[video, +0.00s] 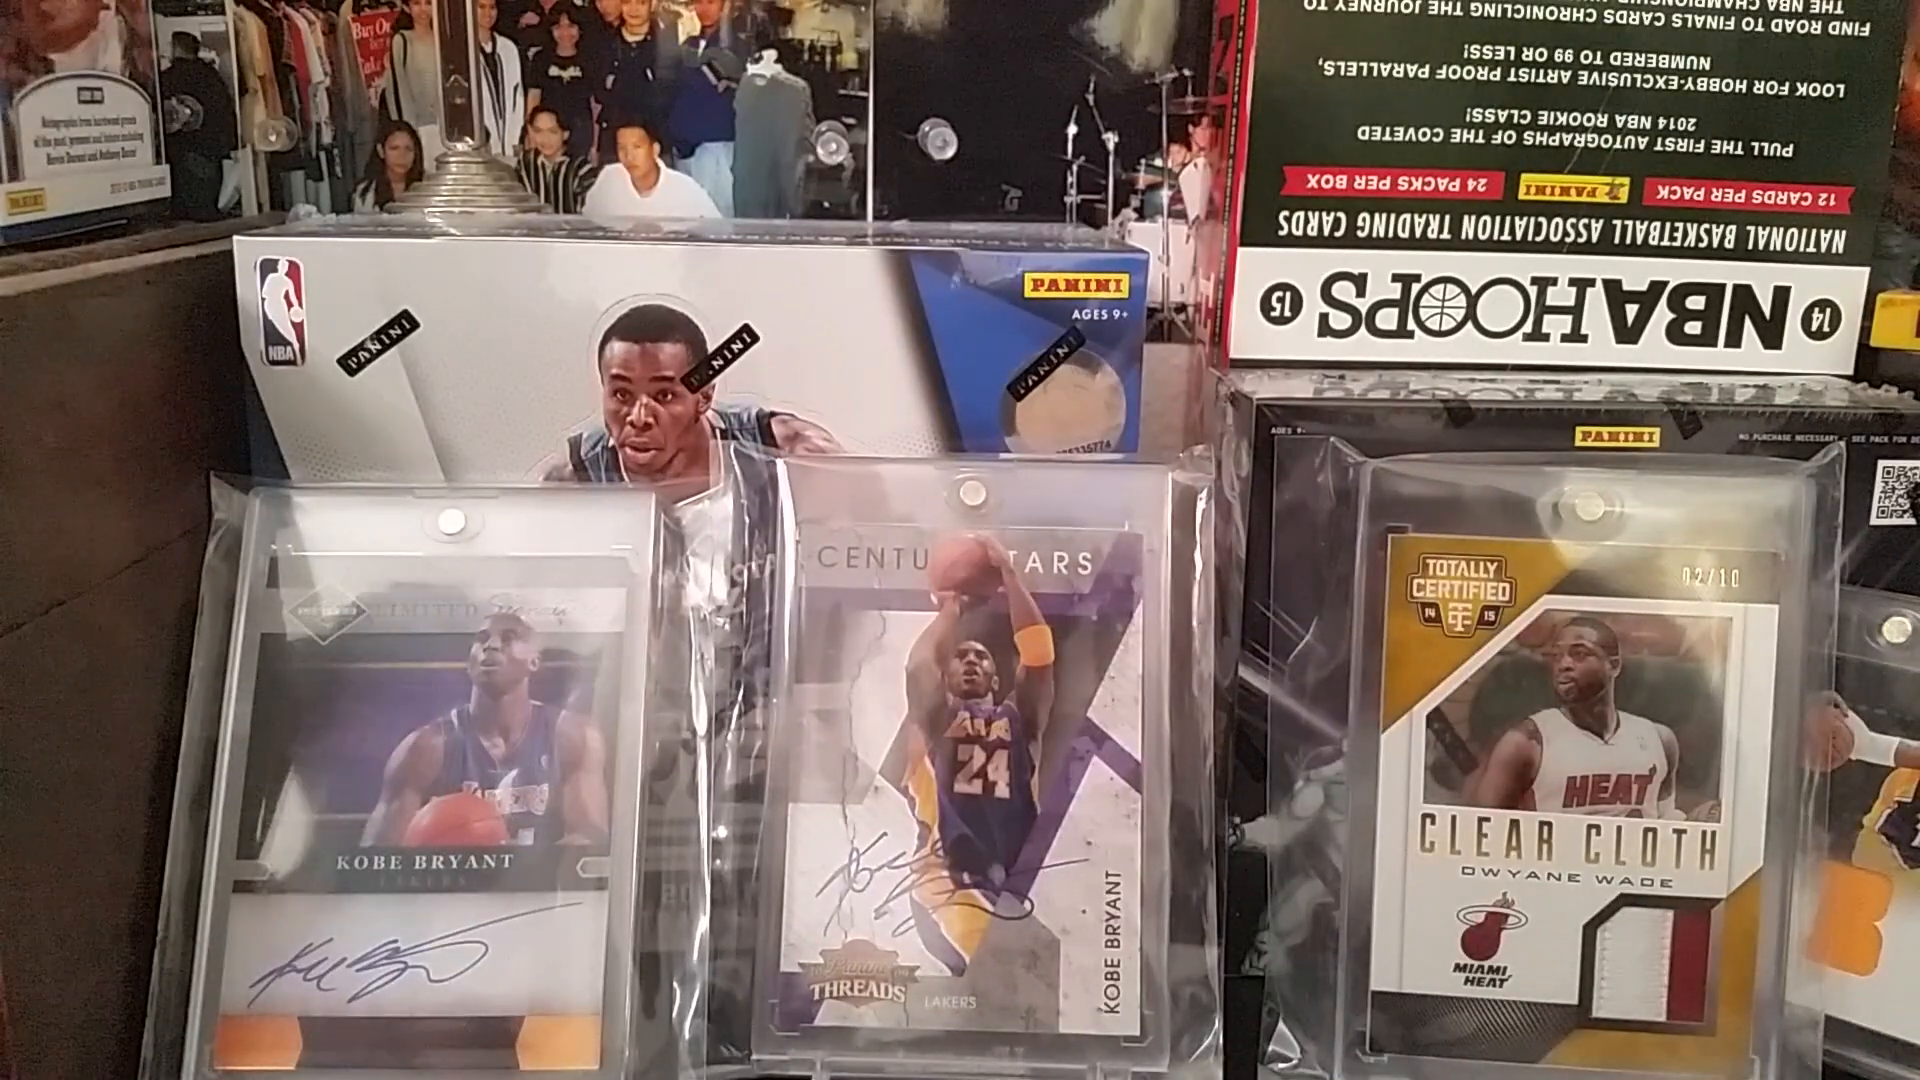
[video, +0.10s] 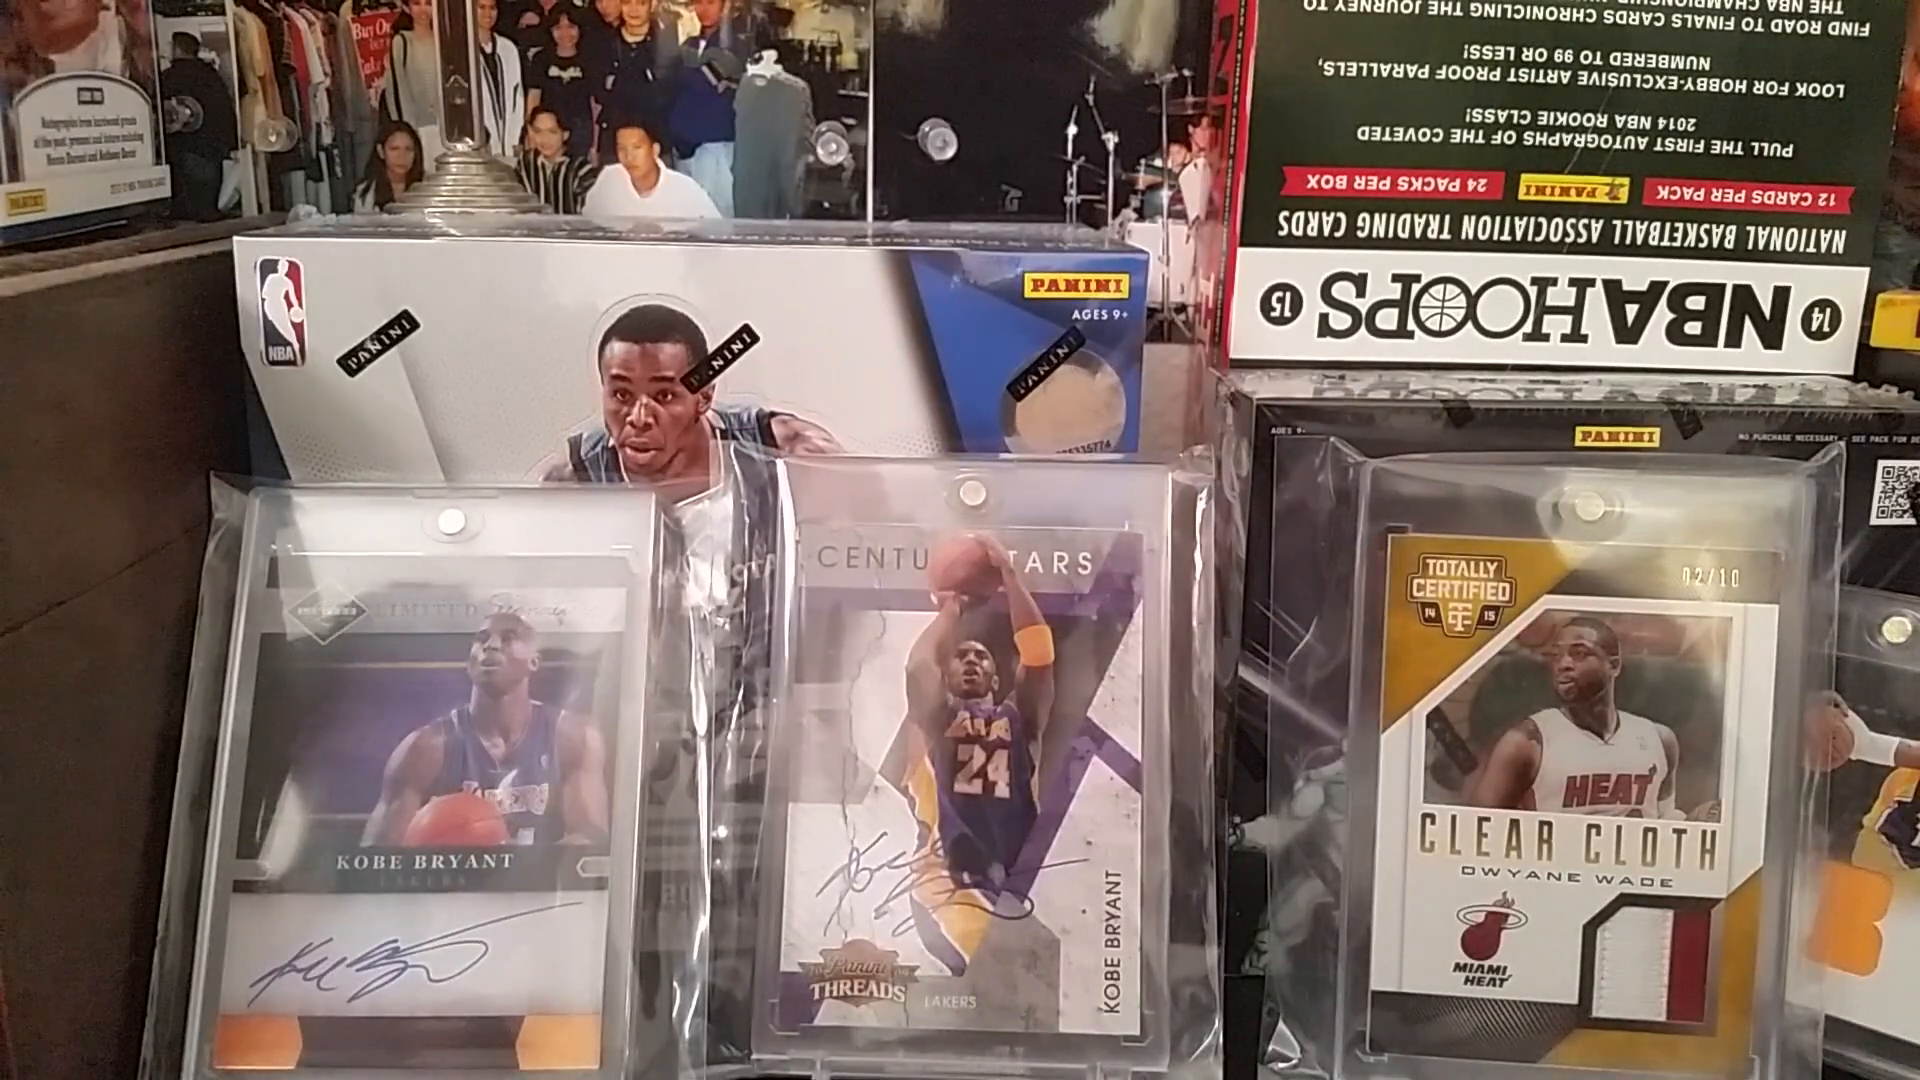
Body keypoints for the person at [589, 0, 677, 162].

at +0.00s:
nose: (634, 9)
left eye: (641, 3)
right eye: (628, 3)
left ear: (652, 6)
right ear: (621, 7)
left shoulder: (665, 44)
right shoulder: (607, 43)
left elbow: (669, 90)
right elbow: (599, 92)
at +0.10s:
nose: (634, 9)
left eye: (641, 3)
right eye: (627, 3)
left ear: (652, 6)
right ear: (620, 6)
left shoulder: (665, 45)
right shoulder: (606, 43)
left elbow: (665, 93)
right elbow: (599, 93)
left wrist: (616, 85)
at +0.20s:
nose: (633, 9)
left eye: (641, 3)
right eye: (628, 3)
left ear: (652, 6)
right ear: (620, 6)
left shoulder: (666, 47)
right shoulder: (605, 43)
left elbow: (666, 95)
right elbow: (600, 94)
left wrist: (615, 83)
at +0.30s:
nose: (633, 9)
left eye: (641, 3)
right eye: (627, 3)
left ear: (652, 6)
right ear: (620, 7)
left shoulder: (665, 46)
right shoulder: (607, 42)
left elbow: (669, 92)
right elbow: (599, 92)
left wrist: (617, 86)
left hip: (655, 135)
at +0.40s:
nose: (634, 9)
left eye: (641, 3)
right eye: (627, 3)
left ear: (652, 6)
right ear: (620, 7)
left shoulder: (665, 48)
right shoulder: (606, 43)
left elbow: (670, 91)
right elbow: (599, 92)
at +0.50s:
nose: (634, 9)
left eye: (641, 3)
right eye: (627, 3)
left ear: (652, 6)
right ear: (620, 7)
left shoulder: (666, 47)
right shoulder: (606, 43)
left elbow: (670, 92)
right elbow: (599, 92)